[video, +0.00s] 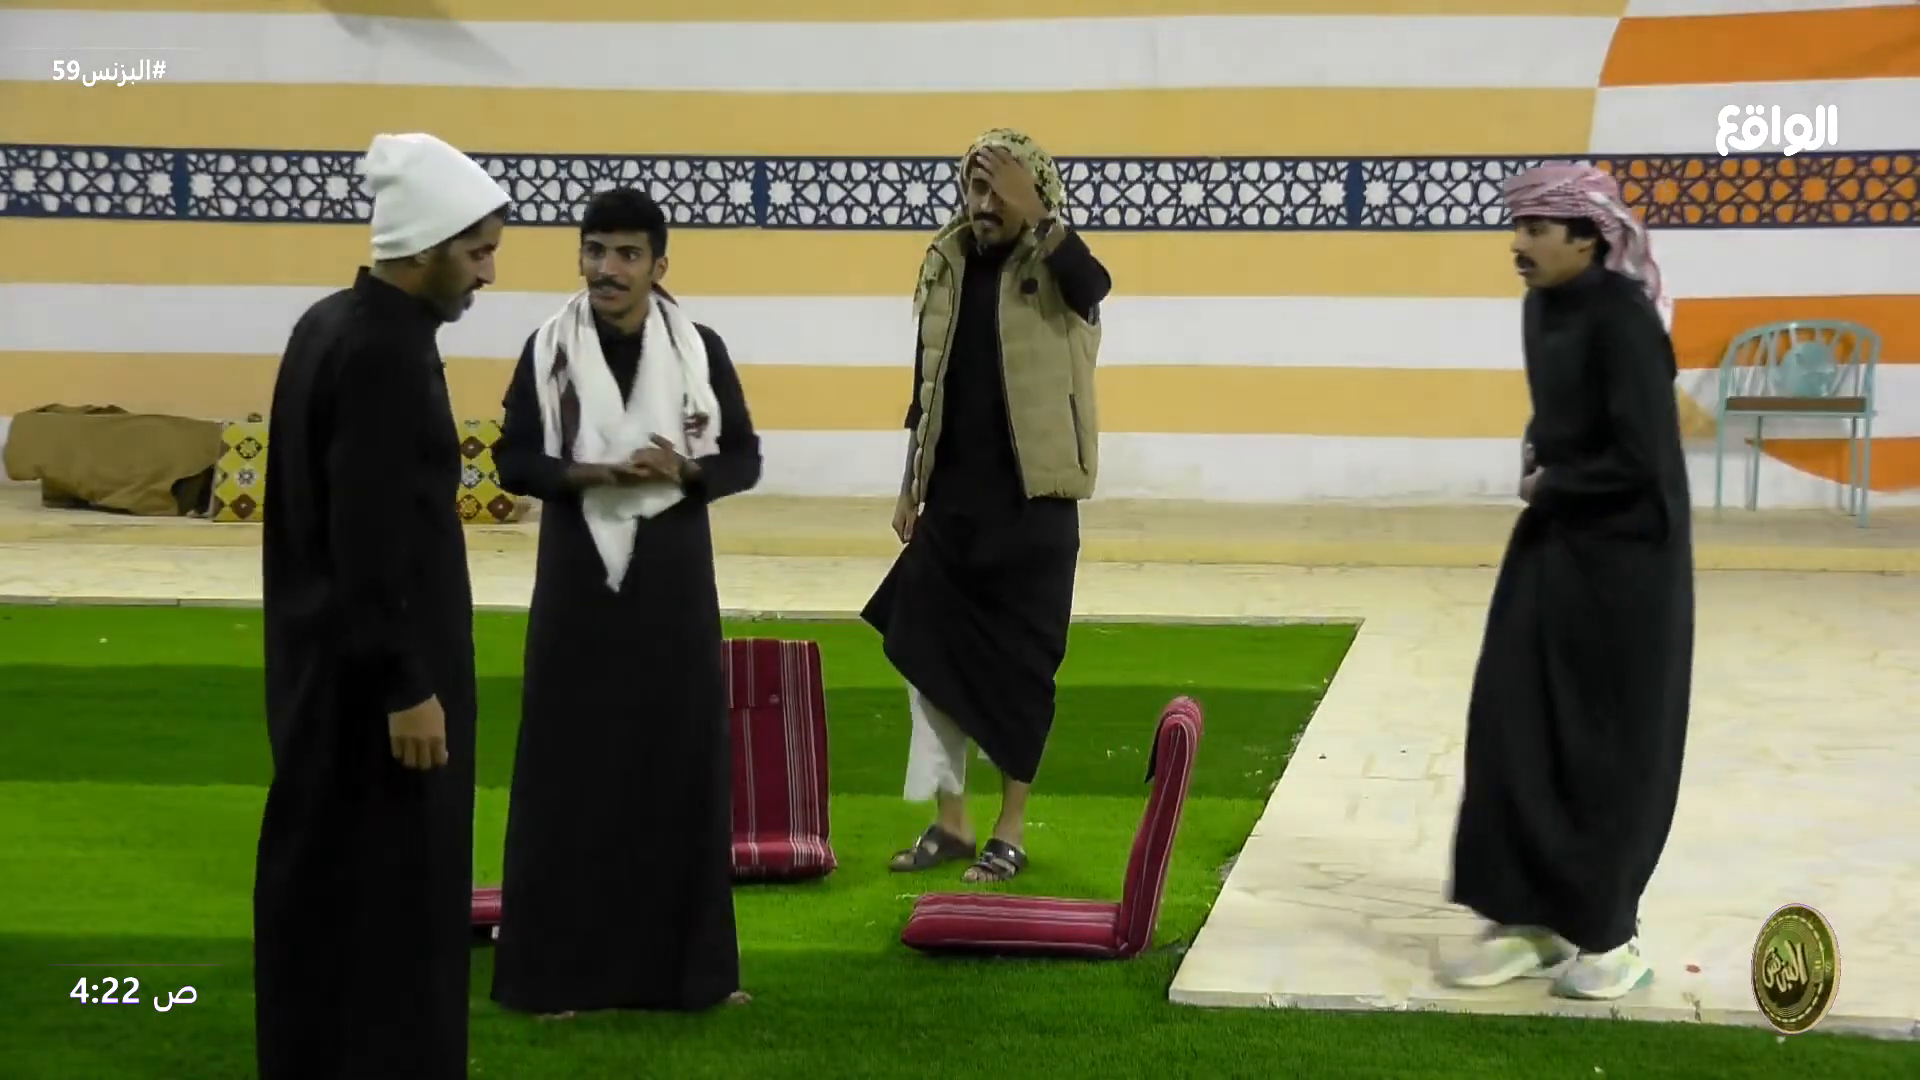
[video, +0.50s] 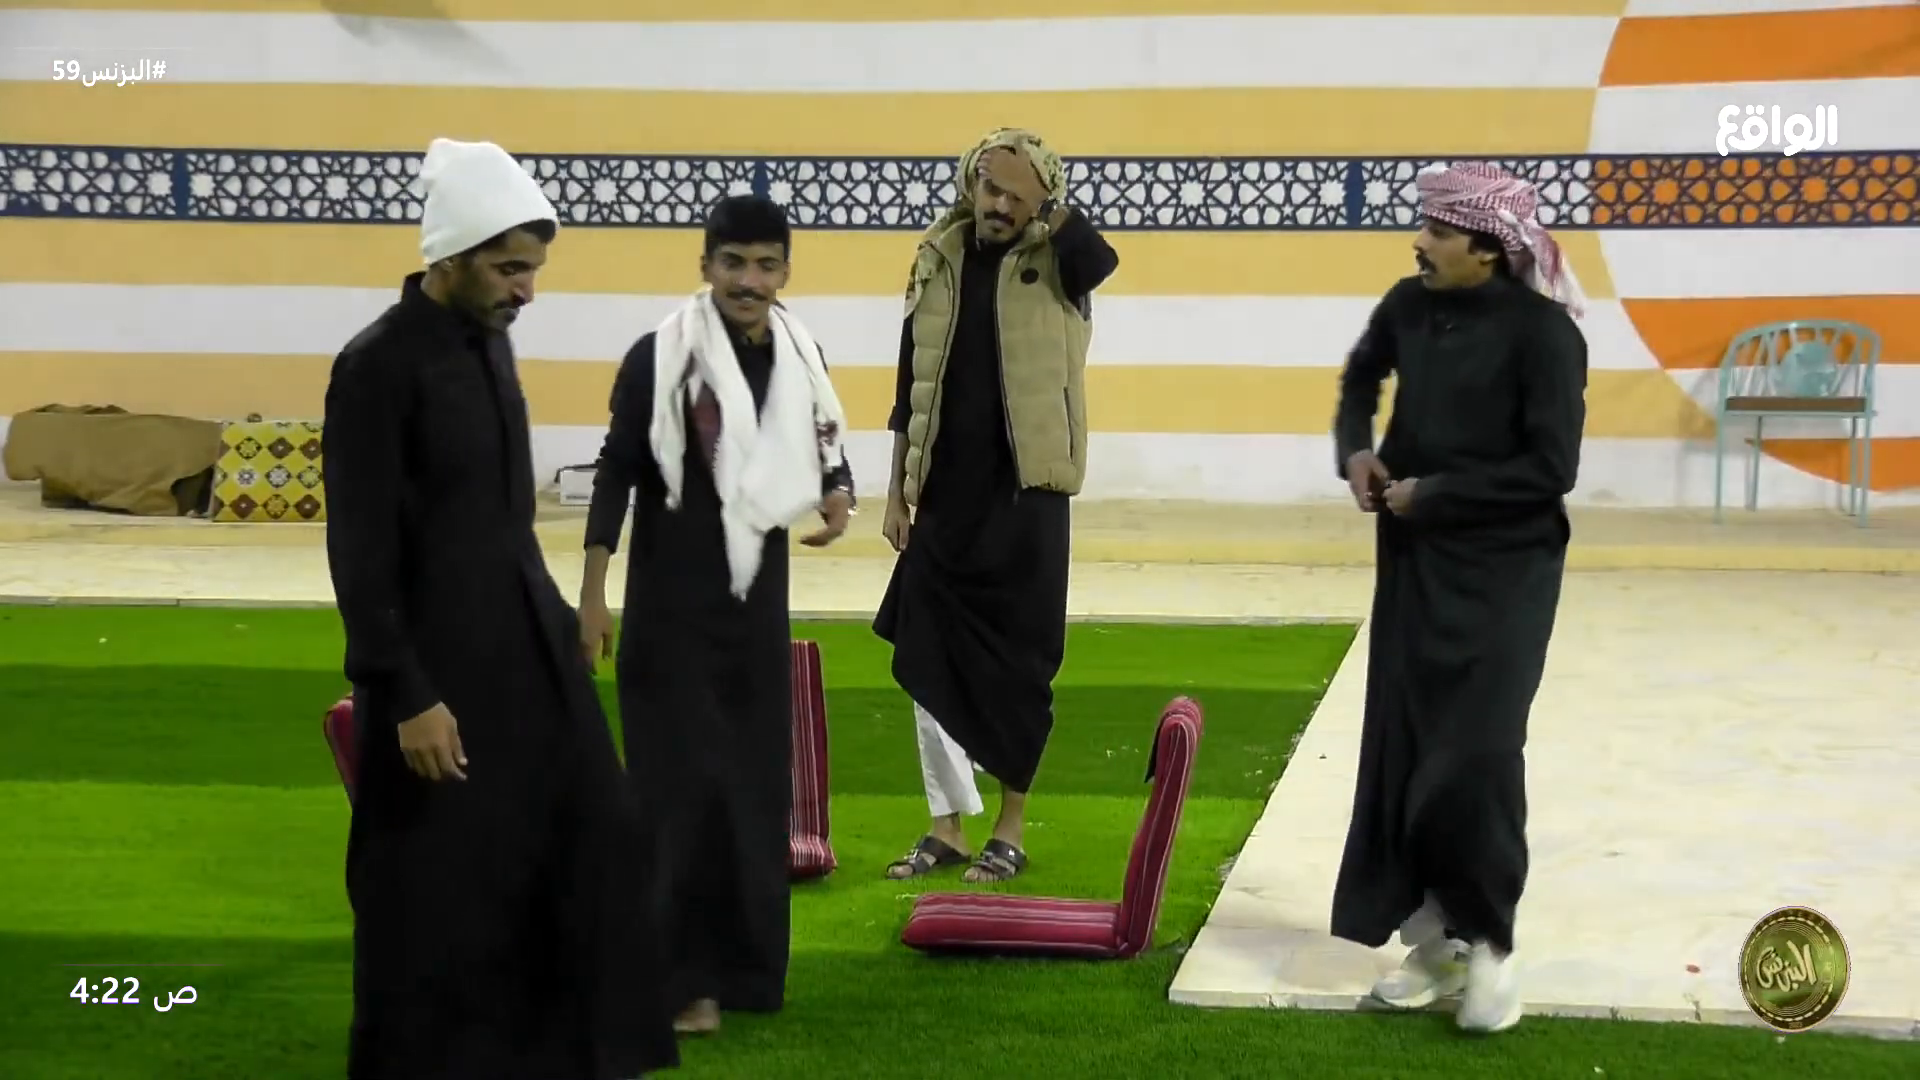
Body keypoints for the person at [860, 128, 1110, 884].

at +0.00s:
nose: (980, 201)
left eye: (995, 188)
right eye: (973, 187)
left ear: (1035, 195)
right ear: (963, 192)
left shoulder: (1061, 260)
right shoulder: (944, 266)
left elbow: (1089, 289)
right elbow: (926, 388)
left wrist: (1039, 215)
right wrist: (910, 488)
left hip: (1036, 494)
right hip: (953, 492)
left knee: (1024, 658)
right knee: (929, 646)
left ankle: (1009, 833)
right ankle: (951, 823)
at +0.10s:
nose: (986, 204)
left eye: (1002, 192)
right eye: (977, 189)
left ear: (1039, 199)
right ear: (965, 192)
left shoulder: (1063, 261)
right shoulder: (942, 265)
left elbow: (1092, 284)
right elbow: (922, 385)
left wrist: (1047, 213)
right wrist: (908, 486)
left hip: (1036, 497)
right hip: (952, 495)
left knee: (1026, 660)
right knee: (935, 655)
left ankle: (1009, 833)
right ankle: (947, 830)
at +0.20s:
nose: (993, 202)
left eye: (1009, 192)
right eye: (984, 187)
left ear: (1041, 199)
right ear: (968, 190)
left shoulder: (1061, 258)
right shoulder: (941, 262)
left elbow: (1101, 271)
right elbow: (918, 383)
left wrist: (1060, 210)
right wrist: (905, 485)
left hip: (1035, 497)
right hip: (949, 494)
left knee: (1024, 660)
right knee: (927, 655)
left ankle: (1008, 834)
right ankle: (947, 831)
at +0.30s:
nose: (995, 200)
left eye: (1011, 190)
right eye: (985, 185)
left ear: (1041, 199)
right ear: (969, 189)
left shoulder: (1060, 257)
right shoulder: (941, 260)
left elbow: (1101, 266)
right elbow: (914, 381)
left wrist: (1059, 205)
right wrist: (901, 484)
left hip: (1033, 492)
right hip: (947, 490)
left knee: (1022, 658)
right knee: (926, 655)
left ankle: (1008, 833)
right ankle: (946, 831)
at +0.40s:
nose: (999, 204)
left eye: (1015, 194)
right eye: (990, 188)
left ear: (1043, 200)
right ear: (971, 186)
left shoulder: (1059, 258)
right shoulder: (939, 258)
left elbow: (1098, 263)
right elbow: (911, 379)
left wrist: (1059, 203)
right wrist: (897, 483)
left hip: (1028, 493)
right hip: (945, 490)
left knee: (1020, 657)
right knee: (925, 654)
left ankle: (1008, 832)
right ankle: (947, 830)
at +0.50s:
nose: (999, 209)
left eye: (1015, 200)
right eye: (991, 193)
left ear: (1044, 202)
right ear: (972, 186)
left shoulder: (1058, 257)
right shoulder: (938, 255)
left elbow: (1093, 264)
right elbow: (911, 376)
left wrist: (1054, 206)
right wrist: (896, 482)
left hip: (1027, 493)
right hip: (943, 489)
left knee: (1020, 658)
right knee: (927, 656)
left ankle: (1007, 833)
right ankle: (947, 830)